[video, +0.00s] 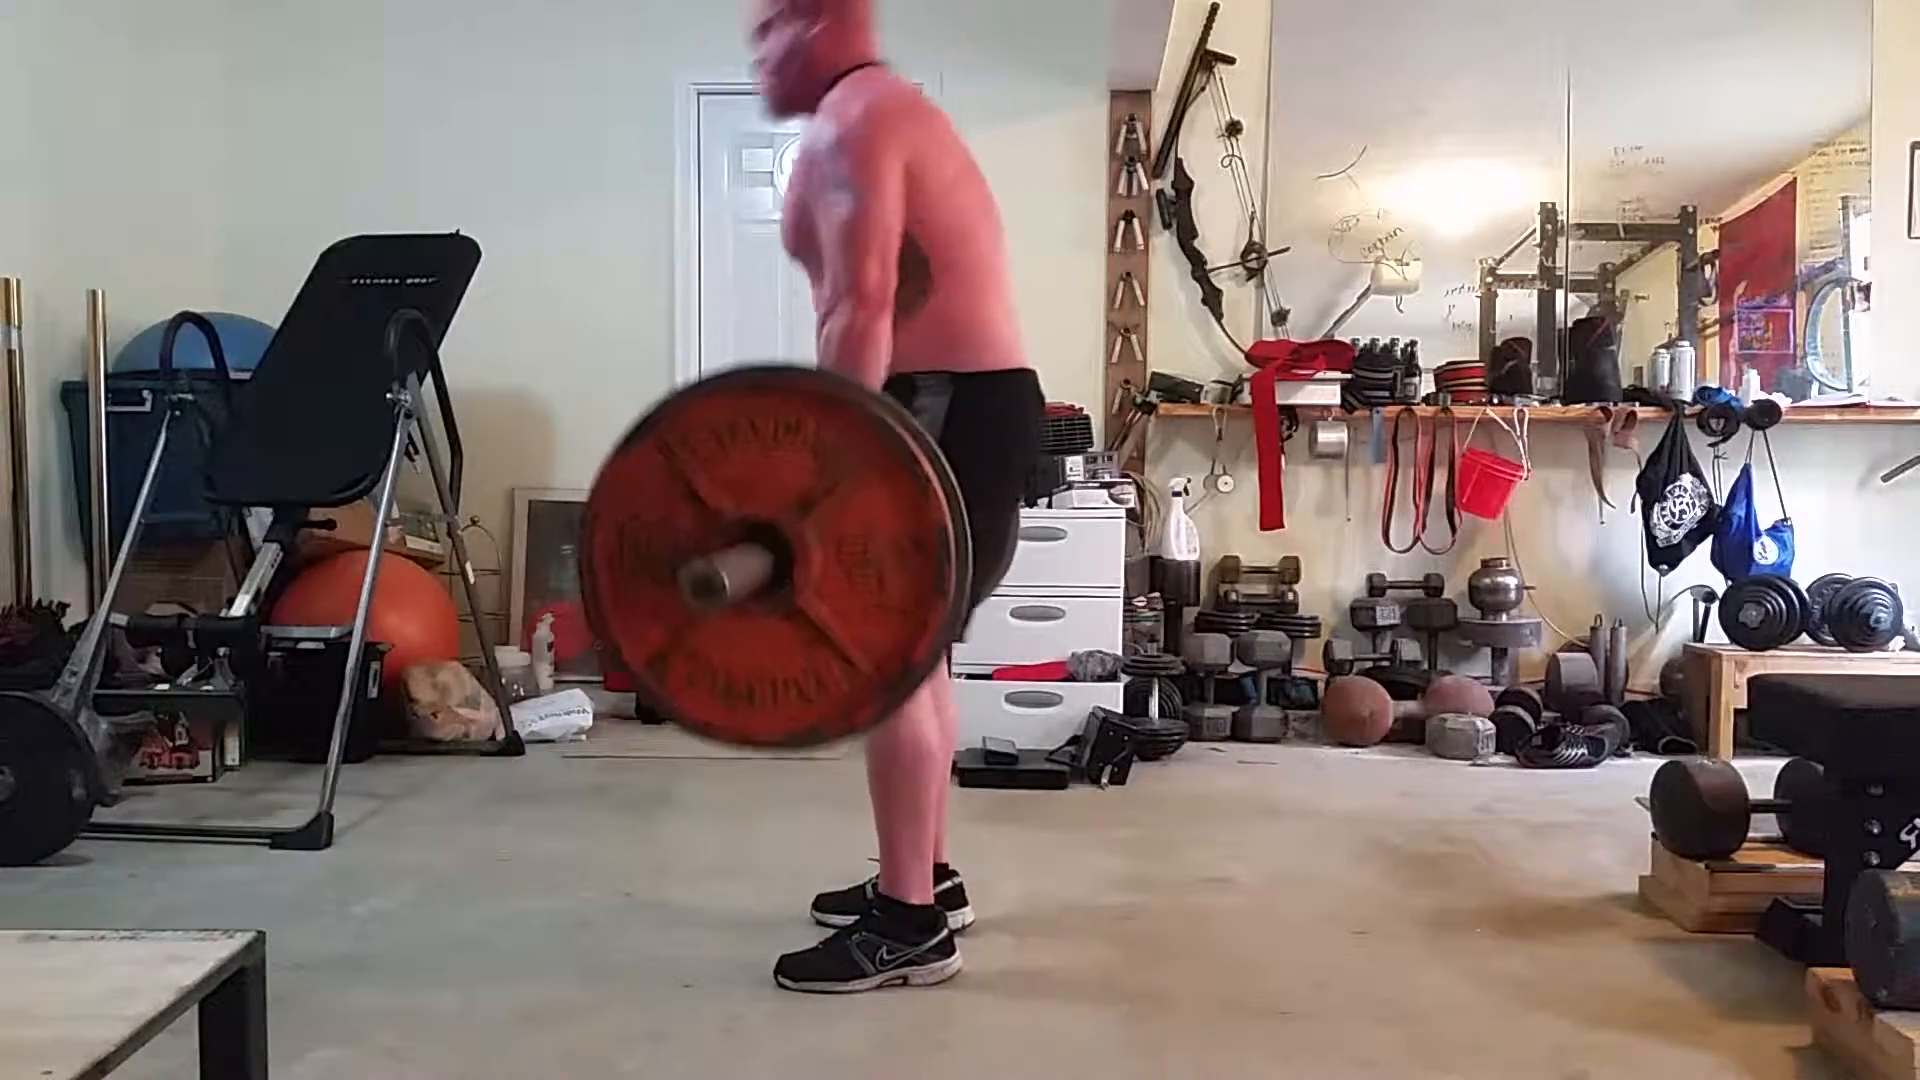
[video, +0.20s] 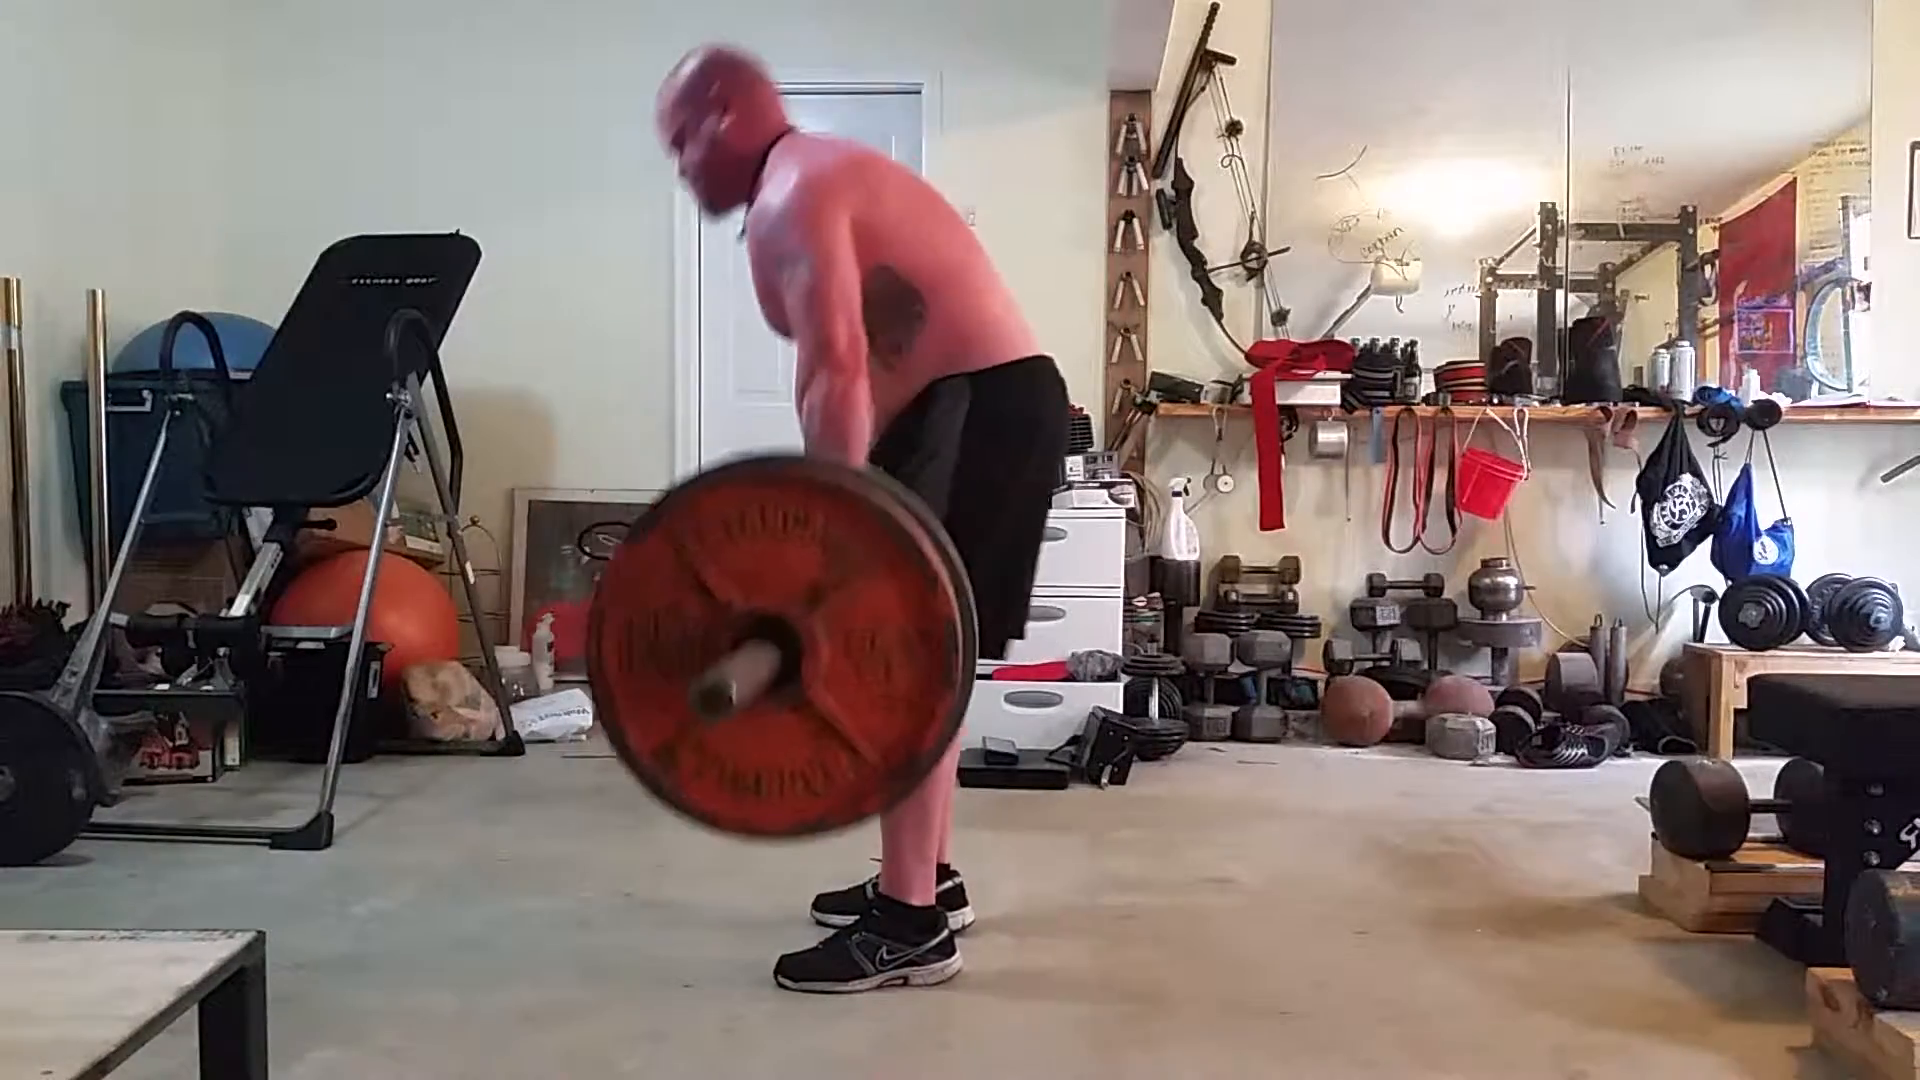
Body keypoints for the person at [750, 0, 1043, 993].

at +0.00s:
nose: (756, 54)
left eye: (768, 30)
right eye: (755, 35)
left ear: (821, 24)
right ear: (839, 31)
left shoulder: (860, 119)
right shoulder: (870, 117)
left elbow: (861, 305)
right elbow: (869, 312)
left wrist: (820, 470)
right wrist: (816, 463)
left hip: (948, 403)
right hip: (961, 403)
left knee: (895, 651)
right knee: (913, 649)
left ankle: (907, 919)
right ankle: (924, 881)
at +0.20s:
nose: (677, 168)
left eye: (679, 142)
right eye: (670, 148)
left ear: (727, 112)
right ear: (743, 114)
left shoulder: (801, 186)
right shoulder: (806, 185)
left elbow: (837, 369)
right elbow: (841, 372)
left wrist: (818, 544)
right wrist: (816, 545)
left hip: (975, 408)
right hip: (967, 405)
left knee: (913, 646)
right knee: (917, 642)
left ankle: (910, 913)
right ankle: (920, 878)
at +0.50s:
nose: (652, 313)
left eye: (648, 289)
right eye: (642, 297)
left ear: (688, 245)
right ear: (696, 242)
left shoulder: (768, 301)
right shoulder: (781, 291)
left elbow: (819, 486)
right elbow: (863, 490)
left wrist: (815, 655)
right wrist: (844, 640)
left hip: (1004, 419)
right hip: (982, 423)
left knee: (922, 662)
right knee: (918, 660)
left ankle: (905, 920)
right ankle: (920, 881)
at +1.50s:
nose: (696, 164)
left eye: (706, 140)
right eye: (696, 143)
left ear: (757, 130)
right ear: (773, 134)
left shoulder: (814, 204)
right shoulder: (827, 202)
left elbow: (851, 385)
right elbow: (835, 390)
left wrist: (829, 557)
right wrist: (827, 551)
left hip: (997, 412)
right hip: (969, 413)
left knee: (929, 657)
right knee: (917, 648)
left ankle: (914, 918)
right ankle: (919, 883)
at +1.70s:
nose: (765, 40)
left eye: (782, 19)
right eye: (770, 22)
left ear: (836, 25)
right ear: (851, 33)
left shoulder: (859, 124)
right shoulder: (873, 121)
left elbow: (867, 304)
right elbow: (878, 308)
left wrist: (838, 467)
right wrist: (835, 461)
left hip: (959, 399)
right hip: (970, 398)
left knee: (925, 657)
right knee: (932, 654)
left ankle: (912, 917)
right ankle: (926, 882)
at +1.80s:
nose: (804, 15)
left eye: (818, 2)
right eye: (810, 2)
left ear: (868, 8)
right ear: (894, 16)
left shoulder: (886, 100)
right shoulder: (929, 100)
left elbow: (886, 282)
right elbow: (914, 287)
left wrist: (826, 445)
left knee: (916, 657)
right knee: (931, 653)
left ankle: (911, 919)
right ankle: (929, 880)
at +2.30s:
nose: (714, 100)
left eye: (721, 74)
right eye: (712, 80)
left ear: (776, 56)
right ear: (789, 59)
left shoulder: (831, 144)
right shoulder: (848, 137)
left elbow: (845, 324)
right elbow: (861, 324)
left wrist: (810, 489)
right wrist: (811, 483)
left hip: (949, 402)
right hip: (958, 401)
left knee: (898, 651)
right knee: (909, 649)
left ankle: (909, 917)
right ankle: (920, 878)